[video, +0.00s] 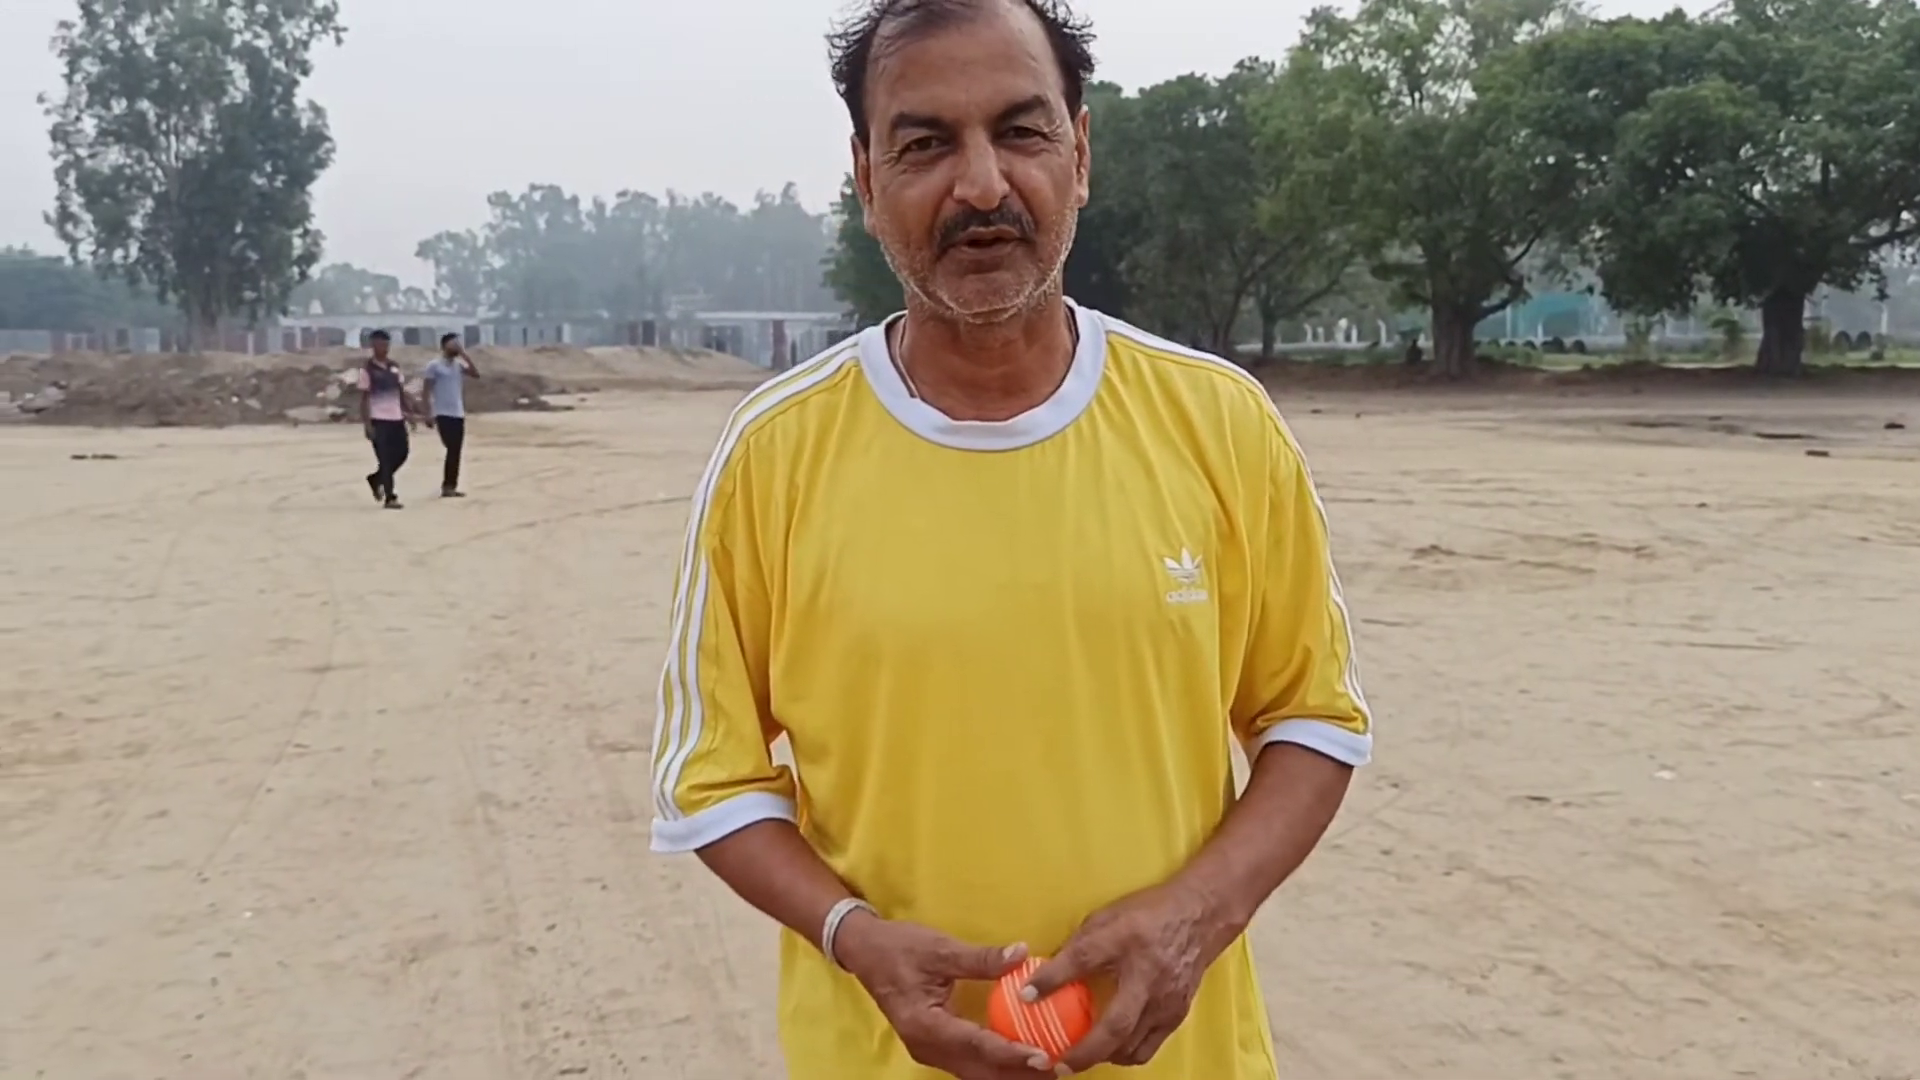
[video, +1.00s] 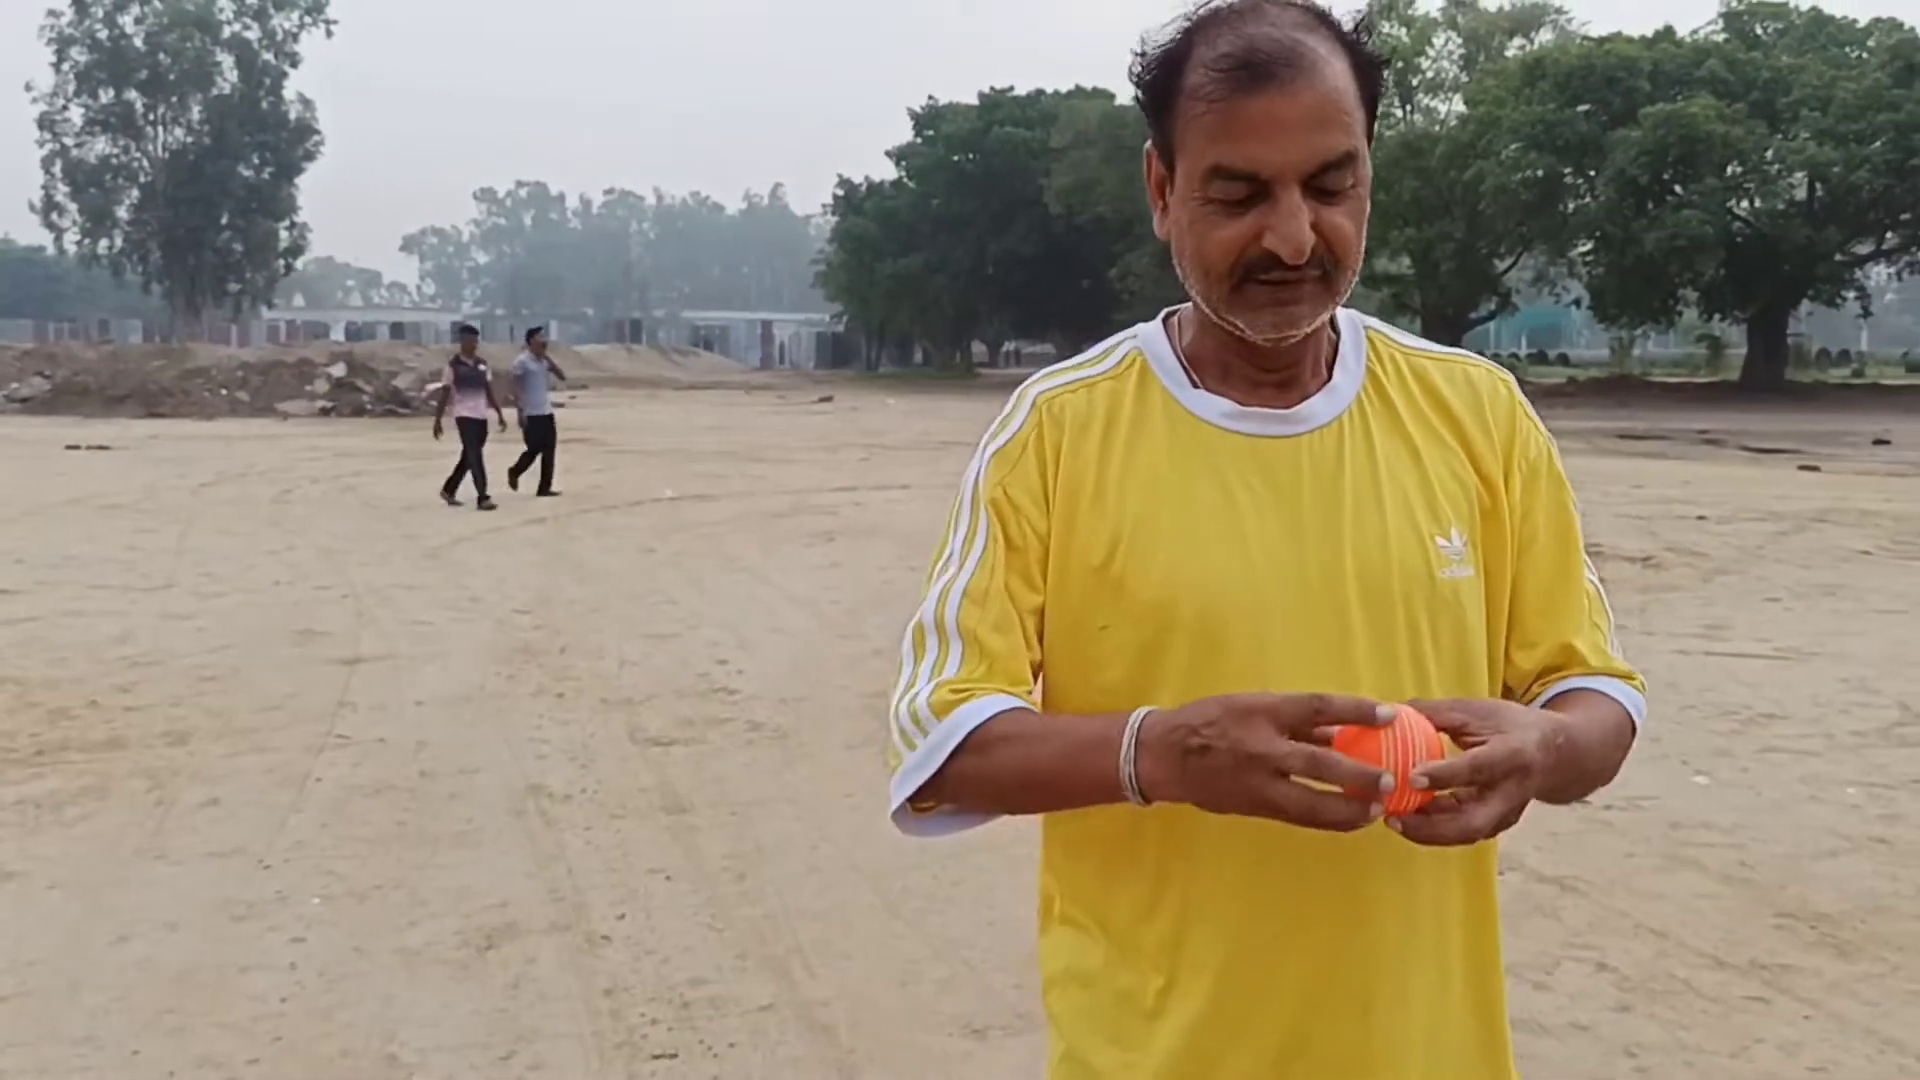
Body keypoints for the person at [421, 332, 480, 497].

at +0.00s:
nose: (456, 347)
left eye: (457, 343)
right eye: (453, 343)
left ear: (458, 346)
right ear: (445, 346)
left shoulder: (457, 365)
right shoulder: (434, 366)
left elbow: (475, 374)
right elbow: (426, 391)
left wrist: (464, 355)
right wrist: (428, 414)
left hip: (458, 413)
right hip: (443, 413)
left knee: (456, 450)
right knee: (452, 449)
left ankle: (452, 485)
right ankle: (447, 485)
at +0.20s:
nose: (480, 350)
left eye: (481, 347)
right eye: (476, 347)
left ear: (482, 349)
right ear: (468, 350)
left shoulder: (483, 369)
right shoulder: (458, 371)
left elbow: (499, 379)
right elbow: (451, 397)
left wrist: (487, 360)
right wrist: (451, 421)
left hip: (481, 417)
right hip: (467, 418)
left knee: (471, 455)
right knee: (480, 453)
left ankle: (459, 486)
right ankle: (493, 486)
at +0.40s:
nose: (499, 345)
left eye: (499, 342)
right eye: (495, 342)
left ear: (500, 345)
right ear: (487, 346)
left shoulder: (502, 364)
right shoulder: (479, 367)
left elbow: (520, 376)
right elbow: (475, 395)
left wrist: (507, 355)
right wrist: (478, 417)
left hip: (504, 414)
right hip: (489, 415)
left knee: (509, 448)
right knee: (499, 452)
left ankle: (484, 471)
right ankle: (502, 488)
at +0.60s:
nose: (521, 343)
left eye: (521, 339)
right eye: (517, 340)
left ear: (521, 343)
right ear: (509, 343)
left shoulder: (522, 361)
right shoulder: (500, 364)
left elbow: (539, 373)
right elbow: (499, 389)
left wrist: (526, 353)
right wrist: (508, 407)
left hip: (526, 414)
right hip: (508, 415)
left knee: (537, 449)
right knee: (507, 454)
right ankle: (508, 487)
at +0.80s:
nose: (540, 344)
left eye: (540, 340)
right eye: (536, 341)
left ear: (538, 345)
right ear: (528, 345)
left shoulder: (541, 364)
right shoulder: (518, 365)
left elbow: (559, 377)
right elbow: (516, 391)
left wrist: (544, 357)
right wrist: (532, 409)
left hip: (544, 416)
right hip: (525, 417)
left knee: (552, 453)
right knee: (518, 453)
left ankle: (559, 486)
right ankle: (509, 484)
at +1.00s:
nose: (543, 342)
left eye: (543, 338)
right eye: (539, 339)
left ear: (542, 341)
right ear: (530, 342)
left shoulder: (542, 361)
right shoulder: (521, 362)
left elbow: (561, 376)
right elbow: (515, 390)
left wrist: (547, 359)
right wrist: (520, 413)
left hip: (546, 413)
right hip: (531, 414)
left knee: (549, 452)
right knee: (534, 449)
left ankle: (545, 486)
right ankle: (514, 472)